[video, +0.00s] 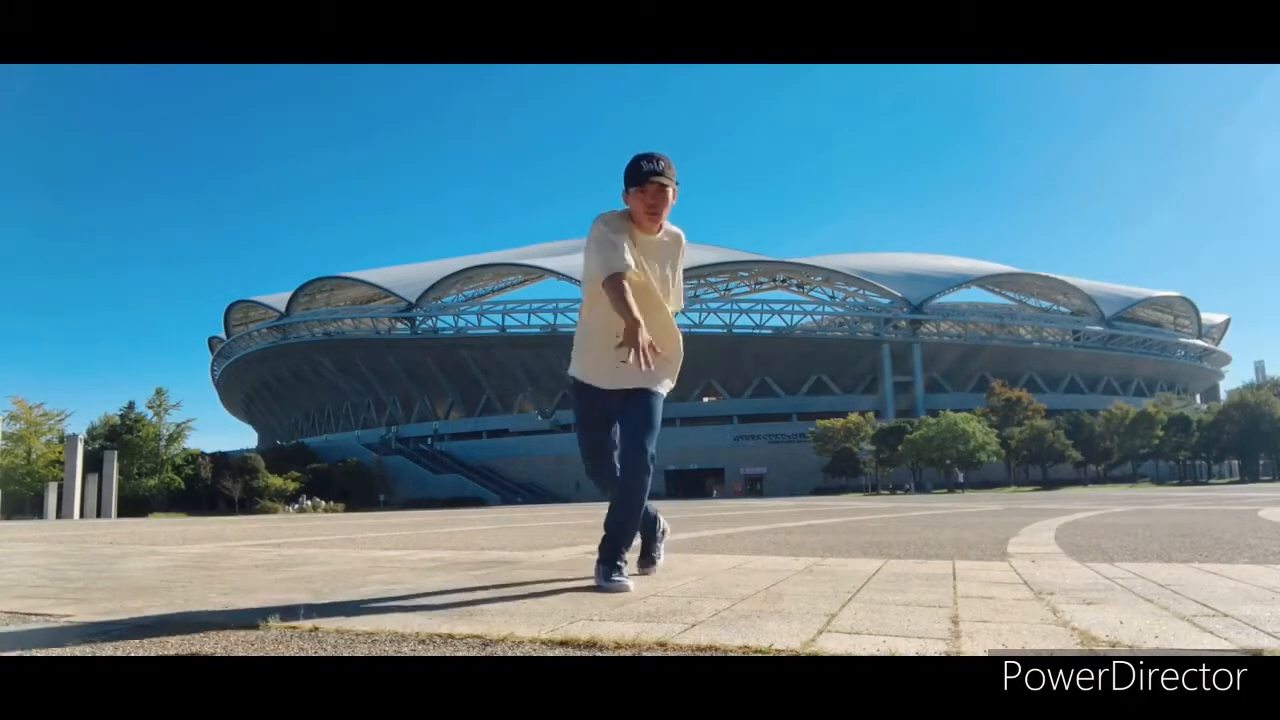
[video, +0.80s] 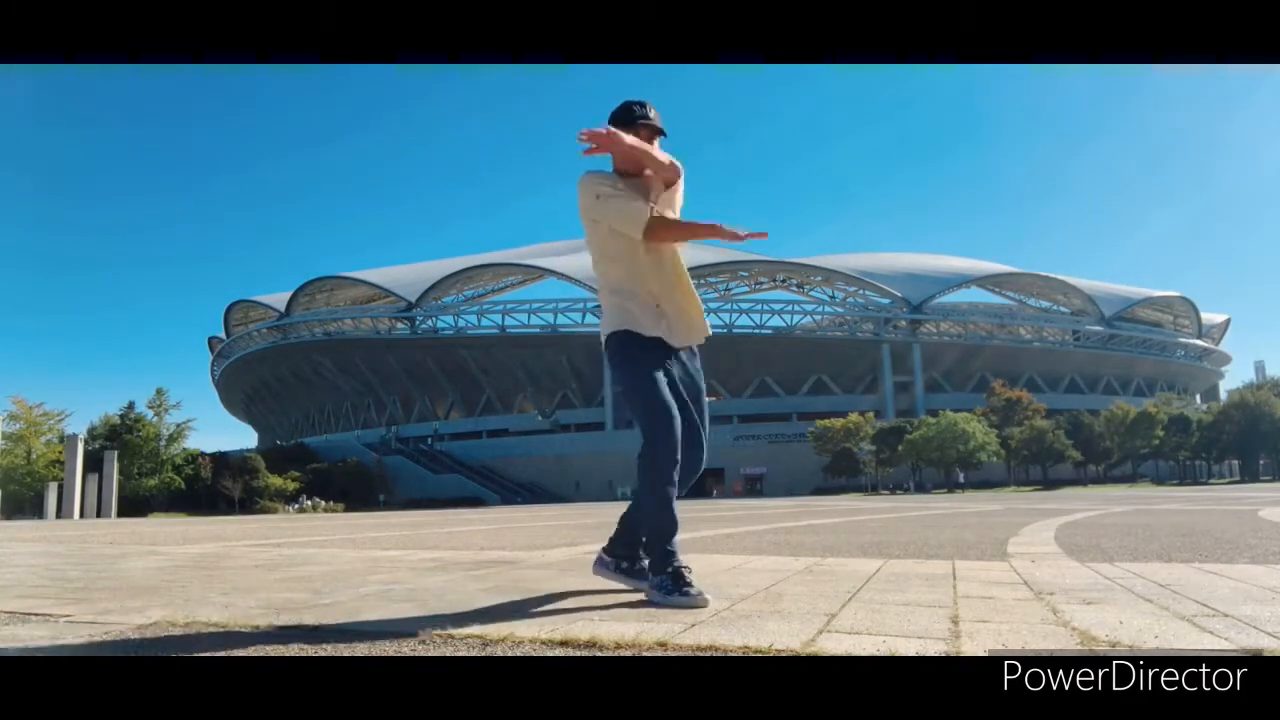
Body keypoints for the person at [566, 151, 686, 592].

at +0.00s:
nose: (655, 200)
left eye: (663, 192)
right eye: (645, 191)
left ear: (674, 196)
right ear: (628, 194)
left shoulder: (675, 241)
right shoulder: (607, 228)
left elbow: (669, 303)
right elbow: (613, 279)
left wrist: (655, 347)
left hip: (645, 371)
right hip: (593, 370)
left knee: (640, 458)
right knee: (599, 465)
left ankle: (612, 559)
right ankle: (649, 523)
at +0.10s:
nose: (656, 185)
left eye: (664, 176)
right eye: (645, 177)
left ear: (675, 180)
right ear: (627, 181)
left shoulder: (684, 230)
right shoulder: (600, 225)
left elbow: (668, 292)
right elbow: (561, 289)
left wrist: (656, 349)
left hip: (649, 371)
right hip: (592, 361)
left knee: (641, 464)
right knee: (554, 454)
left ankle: (613, 561)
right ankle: (593, 491)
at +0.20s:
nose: (634, 172)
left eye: (643, 161)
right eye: (623, 164)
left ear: (657, 166)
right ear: (609, 171)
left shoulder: (686, 225)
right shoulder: (592, 215)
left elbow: (695, 300)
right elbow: (548, 268)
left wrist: (681, 323)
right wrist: (506, 310)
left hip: (654, 361)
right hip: (598, 342)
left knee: (641, 465)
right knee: (538, 417)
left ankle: (611, 560)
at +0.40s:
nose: (640, 164)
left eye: (649, 155)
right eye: (631, 154)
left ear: (659, 160)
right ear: (611, 157)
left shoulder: (666, 201)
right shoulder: (583, 204)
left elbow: (663, 242)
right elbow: (573, 265)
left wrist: (608, 214)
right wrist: (565, 312)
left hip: (655, 333)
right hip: (603, 321)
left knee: (646, 448)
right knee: (621, 370)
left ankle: (605, 554)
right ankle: (642, 491)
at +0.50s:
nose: (645, 156)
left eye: (653, 148)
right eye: (636, 147)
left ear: (662, 154)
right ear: (614, 152)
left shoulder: (669, 194)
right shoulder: (581, 200)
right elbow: (560, 257)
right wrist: (553, 308)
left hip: (667, 334)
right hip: (614, 332)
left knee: (661, 447)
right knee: (651, 426)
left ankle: (606, 549)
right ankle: (673, 558)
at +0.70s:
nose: (651, 149)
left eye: (658, 141)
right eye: (642, 139)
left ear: (665, 147)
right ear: (617, 144)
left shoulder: (674, 183)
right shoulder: (591, 188)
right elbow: (569, 232)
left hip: (682, 333)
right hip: (627, 331)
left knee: (682, 457)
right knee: (653, 436)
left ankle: (615, 543)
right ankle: (664, 570)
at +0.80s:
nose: (651, 146)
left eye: (655, 138)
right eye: (642, 136)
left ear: (657, 142)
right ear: (616, 140)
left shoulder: (668, 184)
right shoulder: (595, 187)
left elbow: (664, 169)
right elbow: (647, 229)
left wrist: (622, 141)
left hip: (679, 337)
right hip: (631, 335)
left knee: (691, 455)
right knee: (664, 437)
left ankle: (621, 551)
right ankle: (665, 569)